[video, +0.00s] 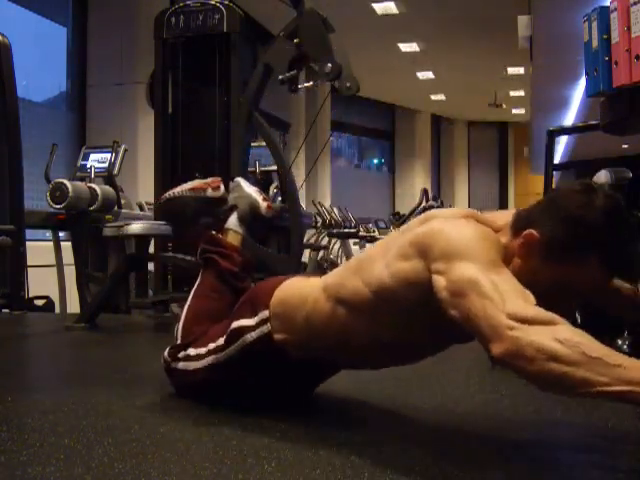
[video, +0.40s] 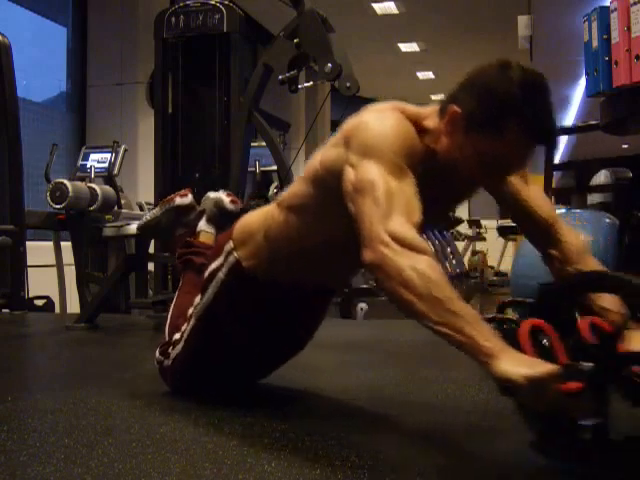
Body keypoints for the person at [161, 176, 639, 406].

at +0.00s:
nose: (554, 296)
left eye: (570, 289)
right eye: (558, 285)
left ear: (531, 240)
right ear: (528, 245)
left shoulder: (513, 238)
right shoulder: (458, 242)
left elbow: (605, 295)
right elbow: (519, 343)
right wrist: (638, 379)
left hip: (321, 336)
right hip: (274, 328)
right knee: (182, 364)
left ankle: (240, 236)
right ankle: (223, 237)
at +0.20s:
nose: (539, 246)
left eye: (553, 233)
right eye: (538, 230)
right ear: (503, 189)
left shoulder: (515, 195)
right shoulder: (430, 191)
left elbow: (620, 271)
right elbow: (474, 300)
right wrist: (617, 372)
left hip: (319, 318)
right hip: (269, 305)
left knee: (233, 372)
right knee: (184, 370)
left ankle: (241, 261)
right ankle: (208, 252)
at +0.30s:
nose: (520, 205)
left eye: (530, 195)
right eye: (517, 190)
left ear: (541, 178)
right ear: (480, 154)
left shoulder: (503, 176)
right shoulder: (409, 160)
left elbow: (590, 251)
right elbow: (428, 277)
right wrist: (558, 366)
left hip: (314, 306)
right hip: (259, 290)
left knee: (233, 375)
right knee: (182, 371)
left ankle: (234, 248)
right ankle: (208, 246)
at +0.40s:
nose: (497, 181)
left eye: (509, 168)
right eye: (491, 163)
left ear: (521, 145)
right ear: (450, 126)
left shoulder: (484, 148)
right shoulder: (381, 133)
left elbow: (552, 230)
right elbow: (392, 252)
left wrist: (601, 295)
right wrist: (498, 355)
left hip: (308, 293)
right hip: (248, 281)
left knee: (233, 374)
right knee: (181, 371)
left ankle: (226, 246)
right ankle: (197, 252)